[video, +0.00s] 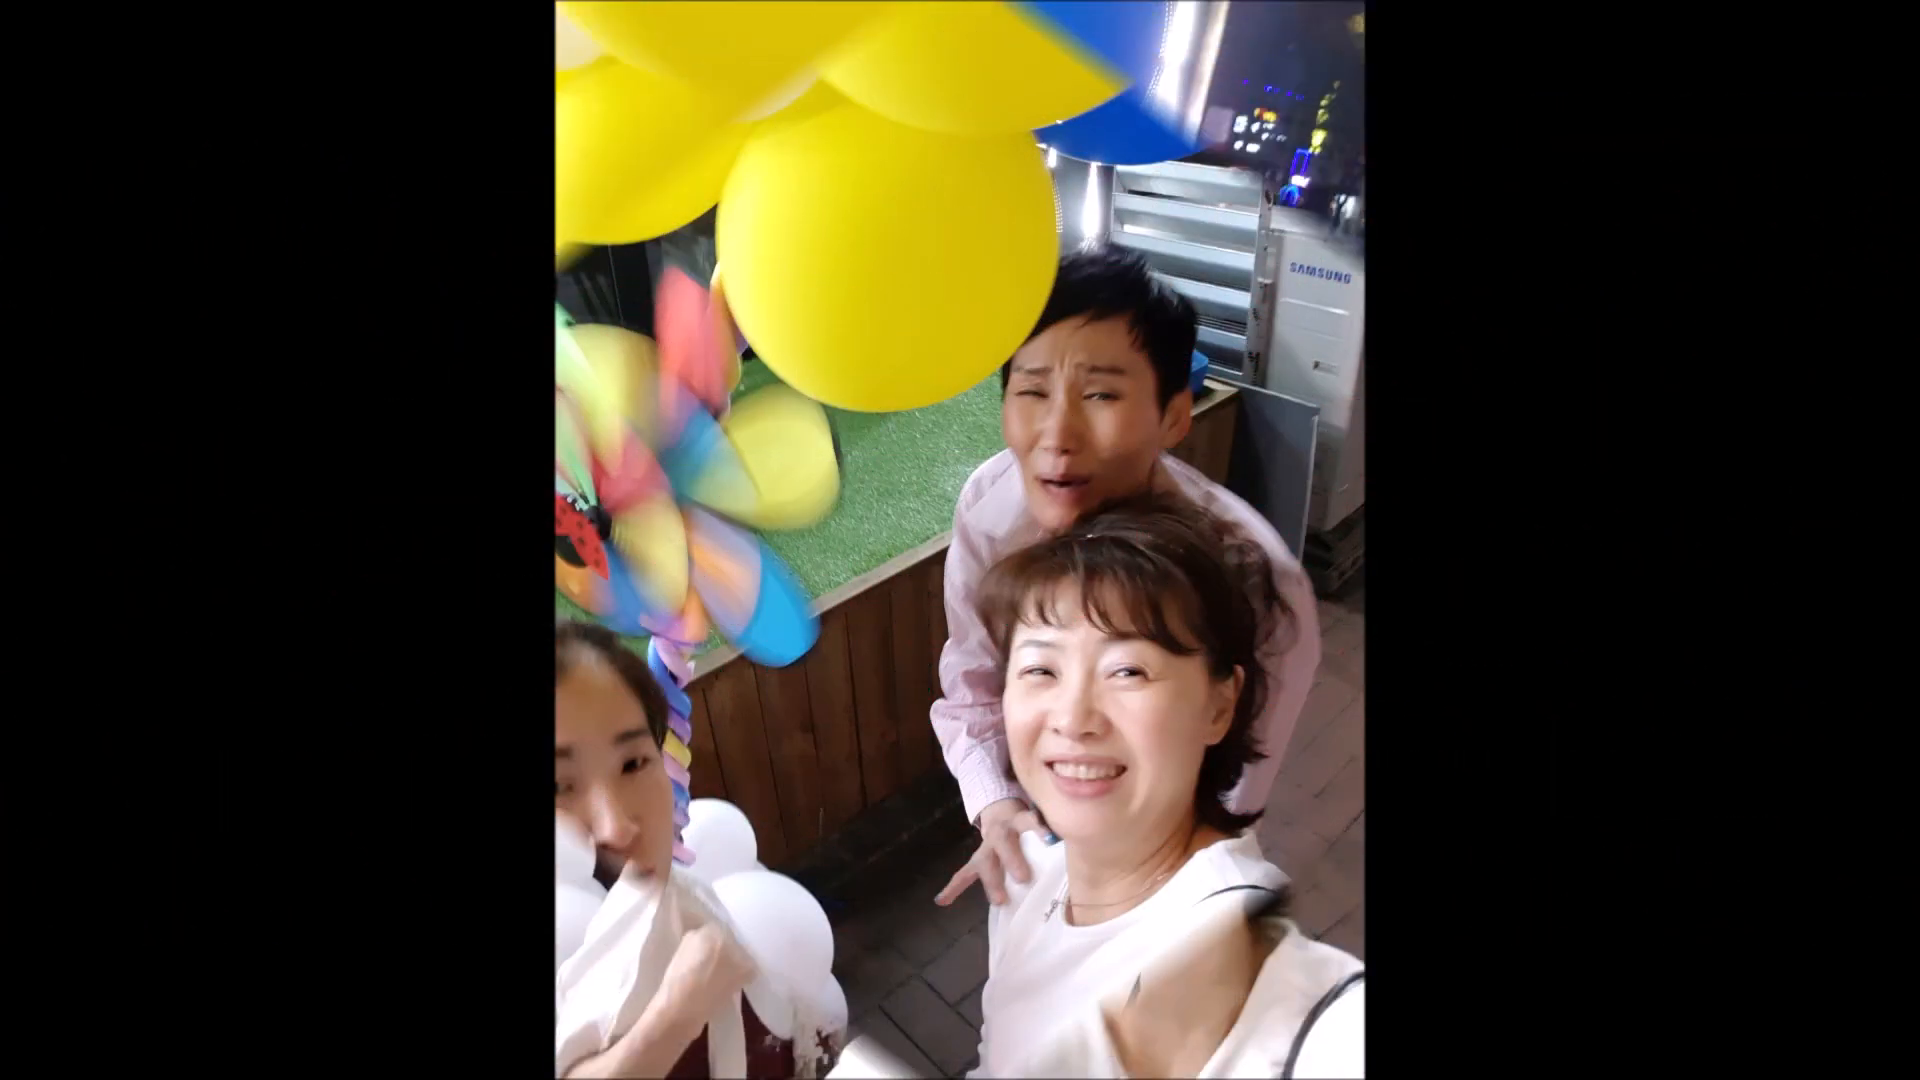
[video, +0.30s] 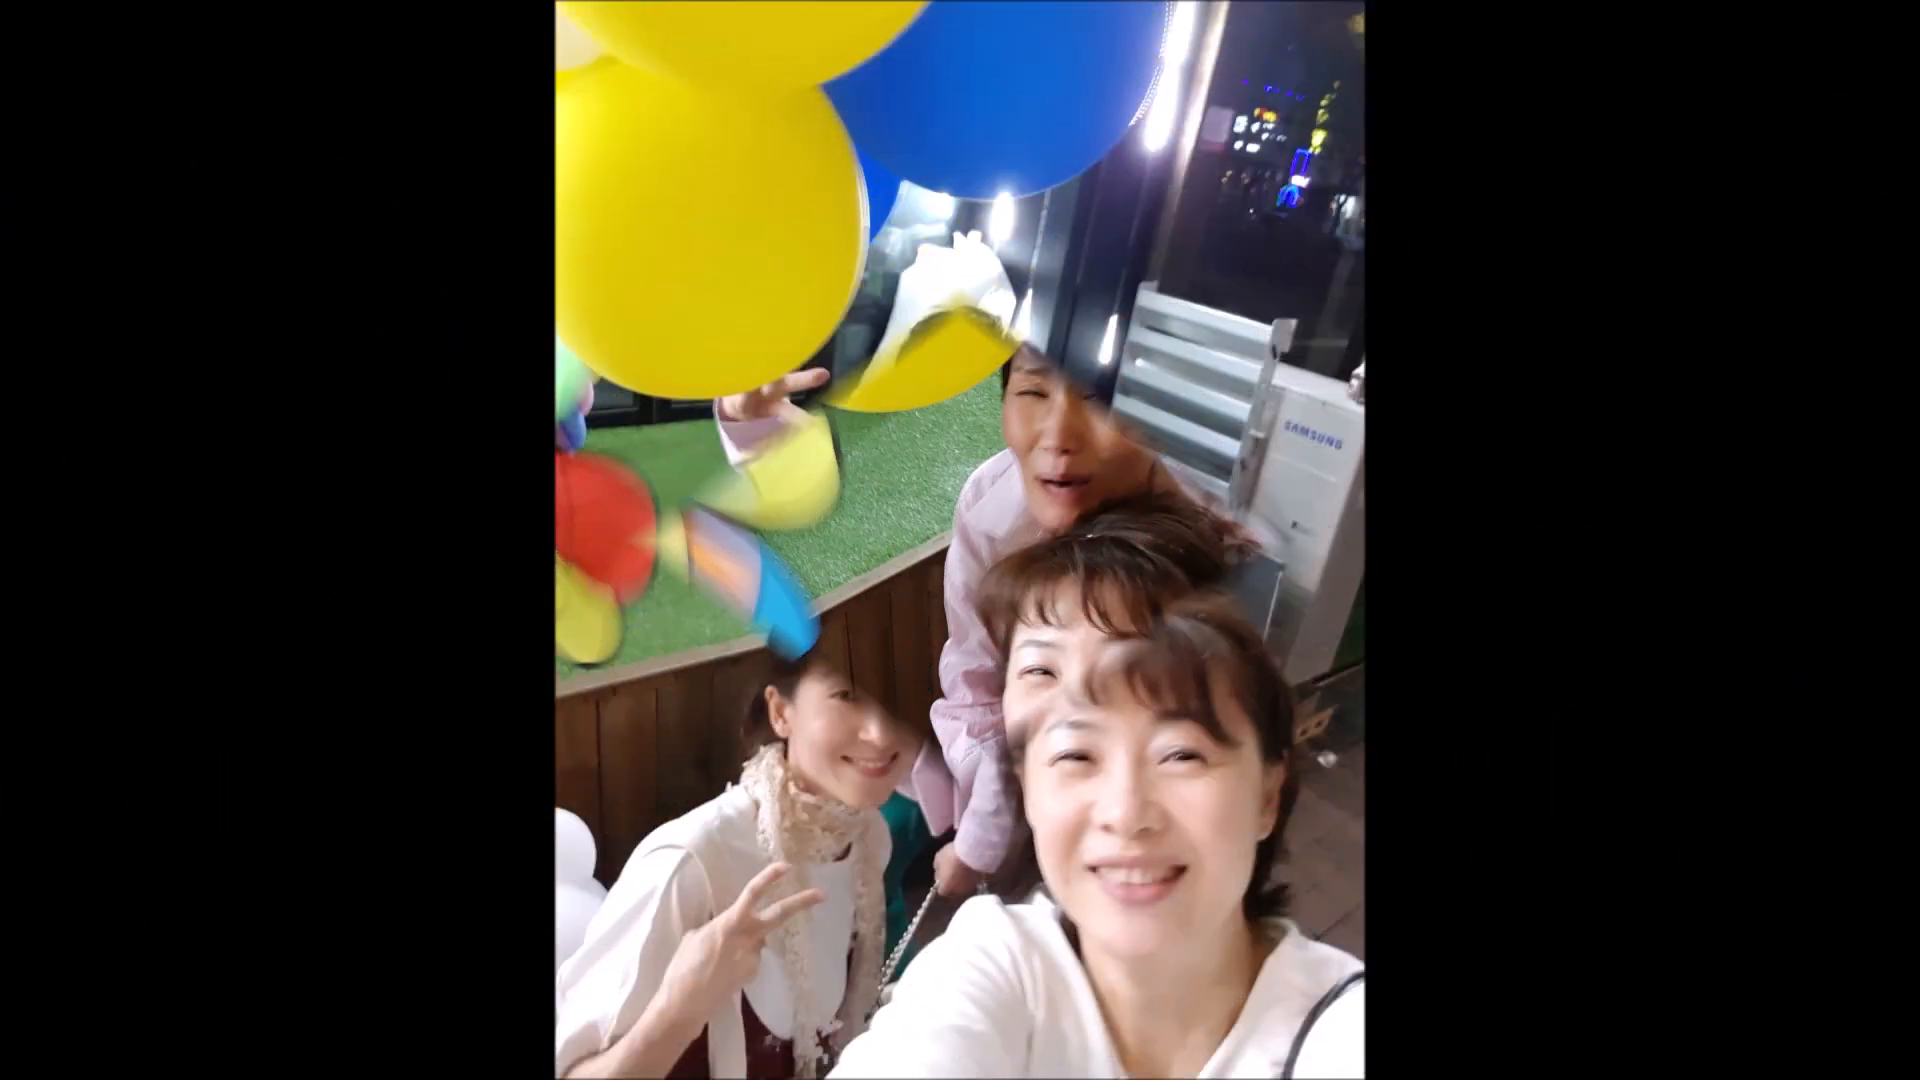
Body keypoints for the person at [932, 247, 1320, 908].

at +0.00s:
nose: (1057, 435)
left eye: (1101, 396)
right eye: (1033, 393)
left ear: (1174, 420)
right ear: (1004, 407)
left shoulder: (1253, 576)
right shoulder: (990, 504)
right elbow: (967, 677)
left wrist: (1224, 818)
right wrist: (992, 802)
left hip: (1177, 818)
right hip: (1040, 806)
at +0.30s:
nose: (1058, 439)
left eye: (1103, 400)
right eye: (1033, 392)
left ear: (1165, 418)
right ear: (1003, 402)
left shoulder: (1219, 563)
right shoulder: (989, 504)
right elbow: (971, 684)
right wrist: (983, 840)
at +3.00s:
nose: (974, 491)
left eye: (981, 484)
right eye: (965, 485)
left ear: (992, 491)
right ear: (954, 493)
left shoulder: (1012, 541)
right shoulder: (940, 545)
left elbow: (1044, 592)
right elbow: (933, 607)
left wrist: (1072, 637)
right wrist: (961, 603)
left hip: (994, 667)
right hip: (945, 662)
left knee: (985, 756)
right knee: (915, 747)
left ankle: (977, 842)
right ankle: (881, 829)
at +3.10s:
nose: (974, 488)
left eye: (981, 481)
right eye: (965, 482)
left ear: (993, 488)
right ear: (954, 490)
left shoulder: (1010, 539)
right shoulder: (937, 542)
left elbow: (1035, 593)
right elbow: (926, 593)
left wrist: (1054, 643)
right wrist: (941, 607)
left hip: (998, 663)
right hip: (949, 663)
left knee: (993, 752)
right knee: (949, 747)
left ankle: (978, 838)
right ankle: (922, 817)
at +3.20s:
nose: (976, 492)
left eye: (983, 485)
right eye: (967, 486)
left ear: (994, 493)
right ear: (955, 494)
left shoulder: (1008, 545)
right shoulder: (937, 543)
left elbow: (1030, 602)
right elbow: (928, 594)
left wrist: (1034, 648)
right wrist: (921, 617)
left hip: (1000, 662)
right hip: (952, 664)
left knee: (999, 751)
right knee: (985, 745)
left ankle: (982, 839)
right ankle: (964, 822)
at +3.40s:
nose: (977, 488)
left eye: (984, 481)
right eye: (969, 482)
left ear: (995, 489)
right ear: (957, 490)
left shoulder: (1010, 541)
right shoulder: (938, 540)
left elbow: (1021, 598)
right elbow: (922, 591)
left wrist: (1025, 633)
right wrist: (908, 603)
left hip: (1000, 662)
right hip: (951, 660)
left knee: (993, 751)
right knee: (927, 742)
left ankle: (979, 839)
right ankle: (901, 820)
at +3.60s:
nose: (981, 488)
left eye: (988, 482)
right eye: (973, 482)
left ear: (1000, 490)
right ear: (961, 490)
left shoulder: (1016, 543)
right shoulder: (943, 540)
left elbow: (1039, 595)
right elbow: (932, 599)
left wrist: (1055, 634)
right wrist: (944, 597)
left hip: (996, 664)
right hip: (947, 659)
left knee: (988, 752)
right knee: (915, 745)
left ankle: (978, 841)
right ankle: (888, 831)